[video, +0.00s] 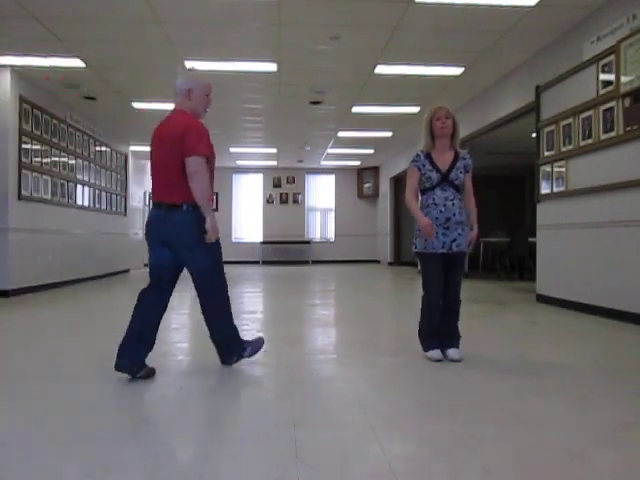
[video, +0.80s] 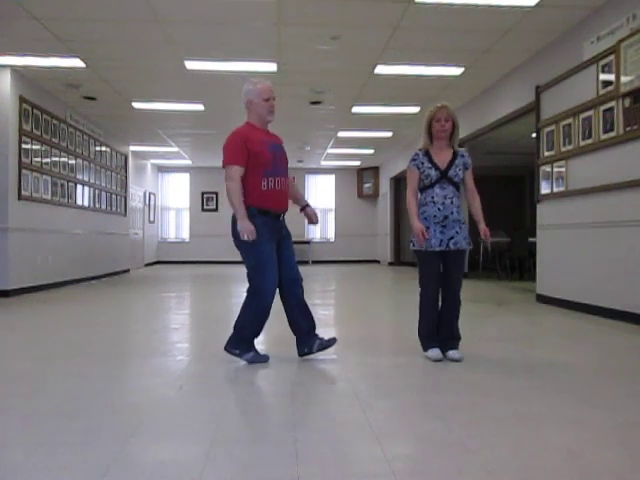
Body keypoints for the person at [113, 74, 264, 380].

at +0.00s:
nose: (209, 104)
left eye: (210, 97)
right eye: (206, 96)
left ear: (184, 96)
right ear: (188, 95)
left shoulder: (162, 127)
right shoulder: (193, 127)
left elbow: (162, 174)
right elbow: (195, 170)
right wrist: (209, 215)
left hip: (160, 218)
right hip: (189, 219)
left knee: (158, 289)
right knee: (213, 287)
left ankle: (130, 359)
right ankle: (230, 348)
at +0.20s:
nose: (235, 106)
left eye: (235, 100)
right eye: (231, 100)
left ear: (210, 101)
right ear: (215, 100)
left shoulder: (191, 134)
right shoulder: (221, 133)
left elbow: (195, 181)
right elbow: (226, 177)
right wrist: (242, 221)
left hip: (196, 220)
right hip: (221, 219)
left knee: (199, 283)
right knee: (237, 286)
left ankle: (152, 331)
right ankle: (236, 351)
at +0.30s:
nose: (246, 103)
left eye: (245, 98)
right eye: (242, 97)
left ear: (221, 101)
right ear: (225, 100)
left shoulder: (205, 133)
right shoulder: (229, 133)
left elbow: (206, 182)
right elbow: (239, 181)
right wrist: (265, 213)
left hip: (209, 219)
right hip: (233, 219)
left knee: (219, 280)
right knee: (242, 286)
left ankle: (176, 330)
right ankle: (236, 350)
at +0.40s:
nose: (253, 101)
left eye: (252, 96)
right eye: (248, 96)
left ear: (229, 101)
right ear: (231, 100)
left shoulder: (218, 132)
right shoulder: (234, 132)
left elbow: (227, 179)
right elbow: (242, 177)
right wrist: (273, 202)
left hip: (223, 216)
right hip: (239, 217)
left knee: (237, 280)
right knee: (245, 286)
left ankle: (210, 335)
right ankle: (237, 350)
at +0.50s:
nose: (258, 104)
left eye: (257, 98)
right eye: (253, 98)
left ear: (238, 102)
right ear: (235, 102)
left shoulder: (241, 132)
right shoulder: (234, 132)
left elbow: (250, 177)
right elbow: (242, 176)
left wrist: (278, 196)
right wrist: (276, 197)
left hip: (250, 217)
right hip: (240, 218)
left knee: (256, 283)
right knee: (250, 285)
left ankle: (251, 336)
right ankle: (236, 351)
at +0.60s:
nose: (262, 107)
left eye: (263, 102)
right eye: (257, 102)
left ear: (244, 104)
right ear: (239, 103)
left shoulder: (249, 136)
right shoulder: (235, 135)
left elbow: (255, 180)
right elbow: (240, 179)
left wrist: (279, 200)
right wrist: (278, 206)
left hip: (258, 221)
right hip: (246, 222)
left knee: (272, 284)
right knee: (259, 286)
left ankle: (286, 339)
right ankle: (237, 349)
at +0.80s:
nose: (274, 105)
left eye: (274, 100)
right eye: (268, 100)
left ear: (270, 103)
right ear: (250, 104)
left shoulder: (274, 140)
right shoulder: (239, 137)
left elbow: (284, 180)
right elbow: (232, 180)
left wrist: (304, 205)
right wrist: (242, 219)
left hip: (276, 221)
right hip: (252, 220)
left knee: (290, 280)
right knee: (265, 283)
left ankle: (307, 339)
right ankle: (240, 342)